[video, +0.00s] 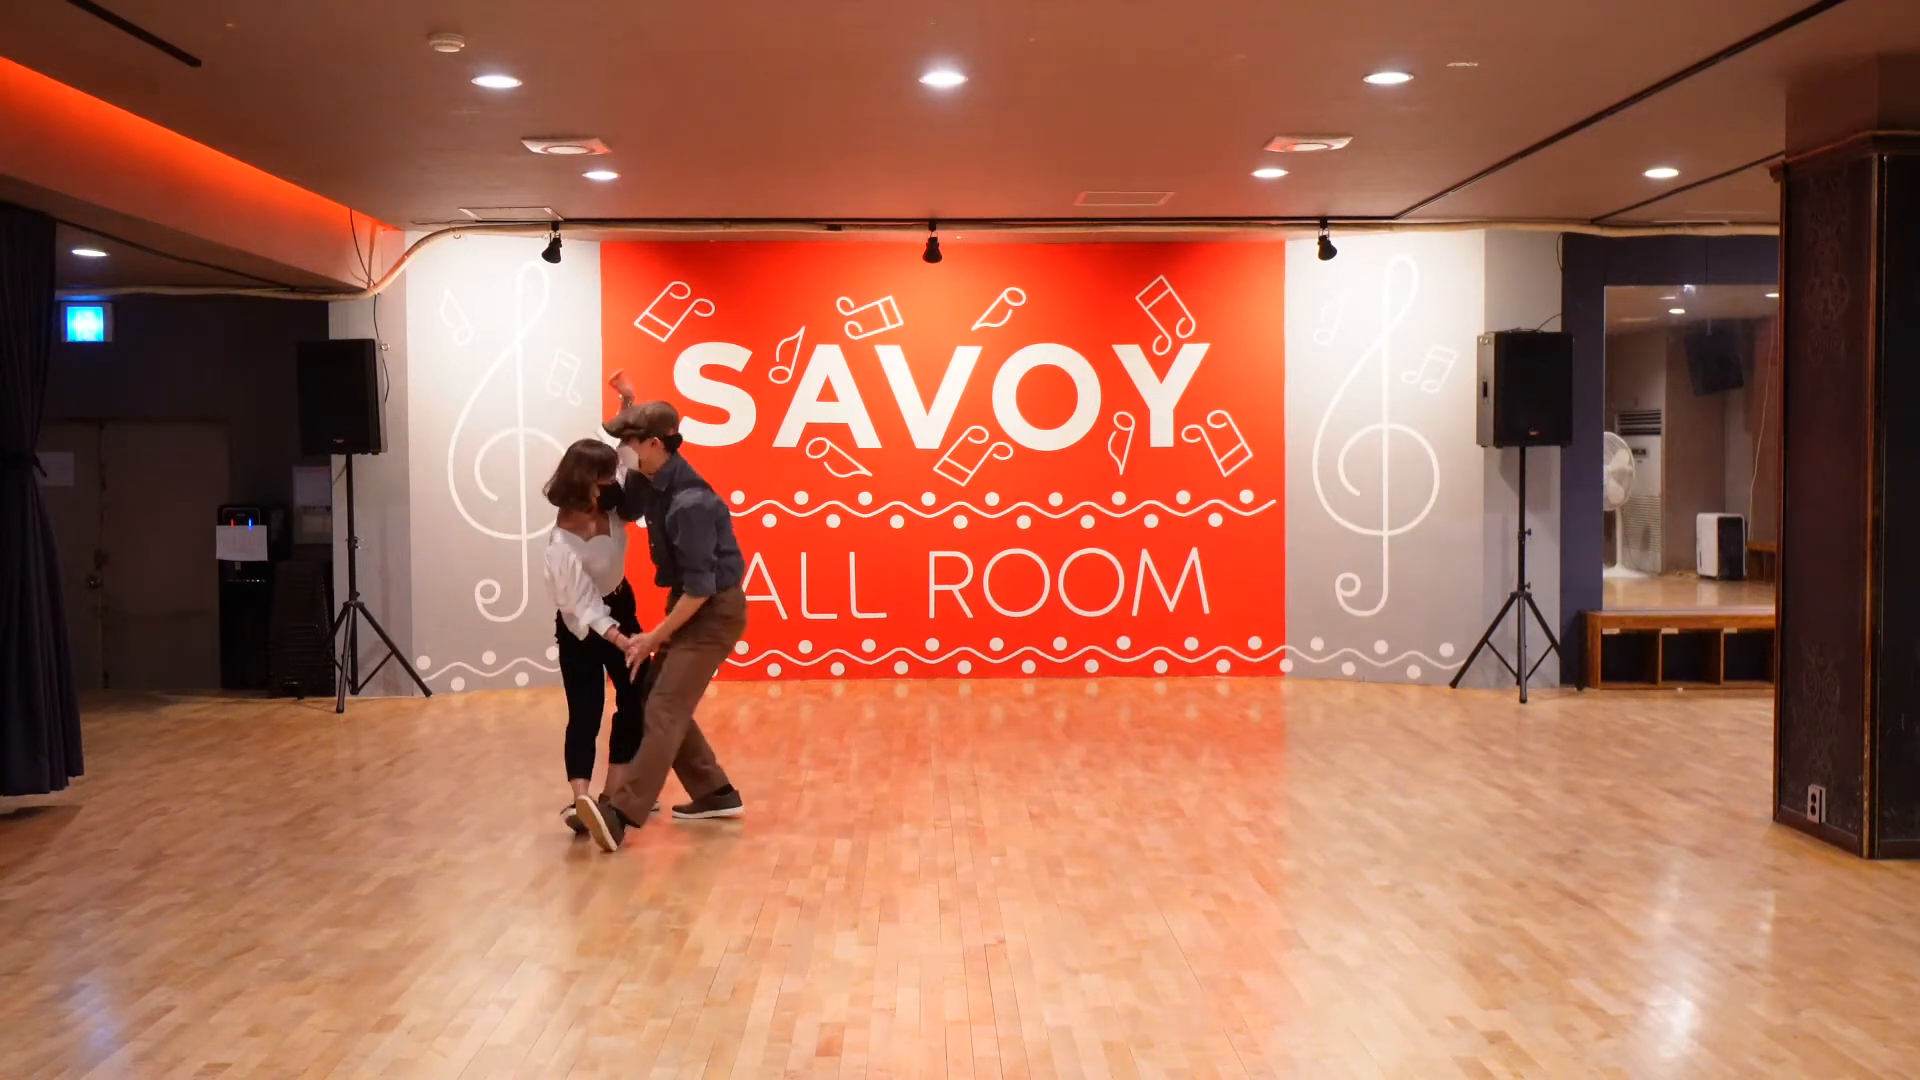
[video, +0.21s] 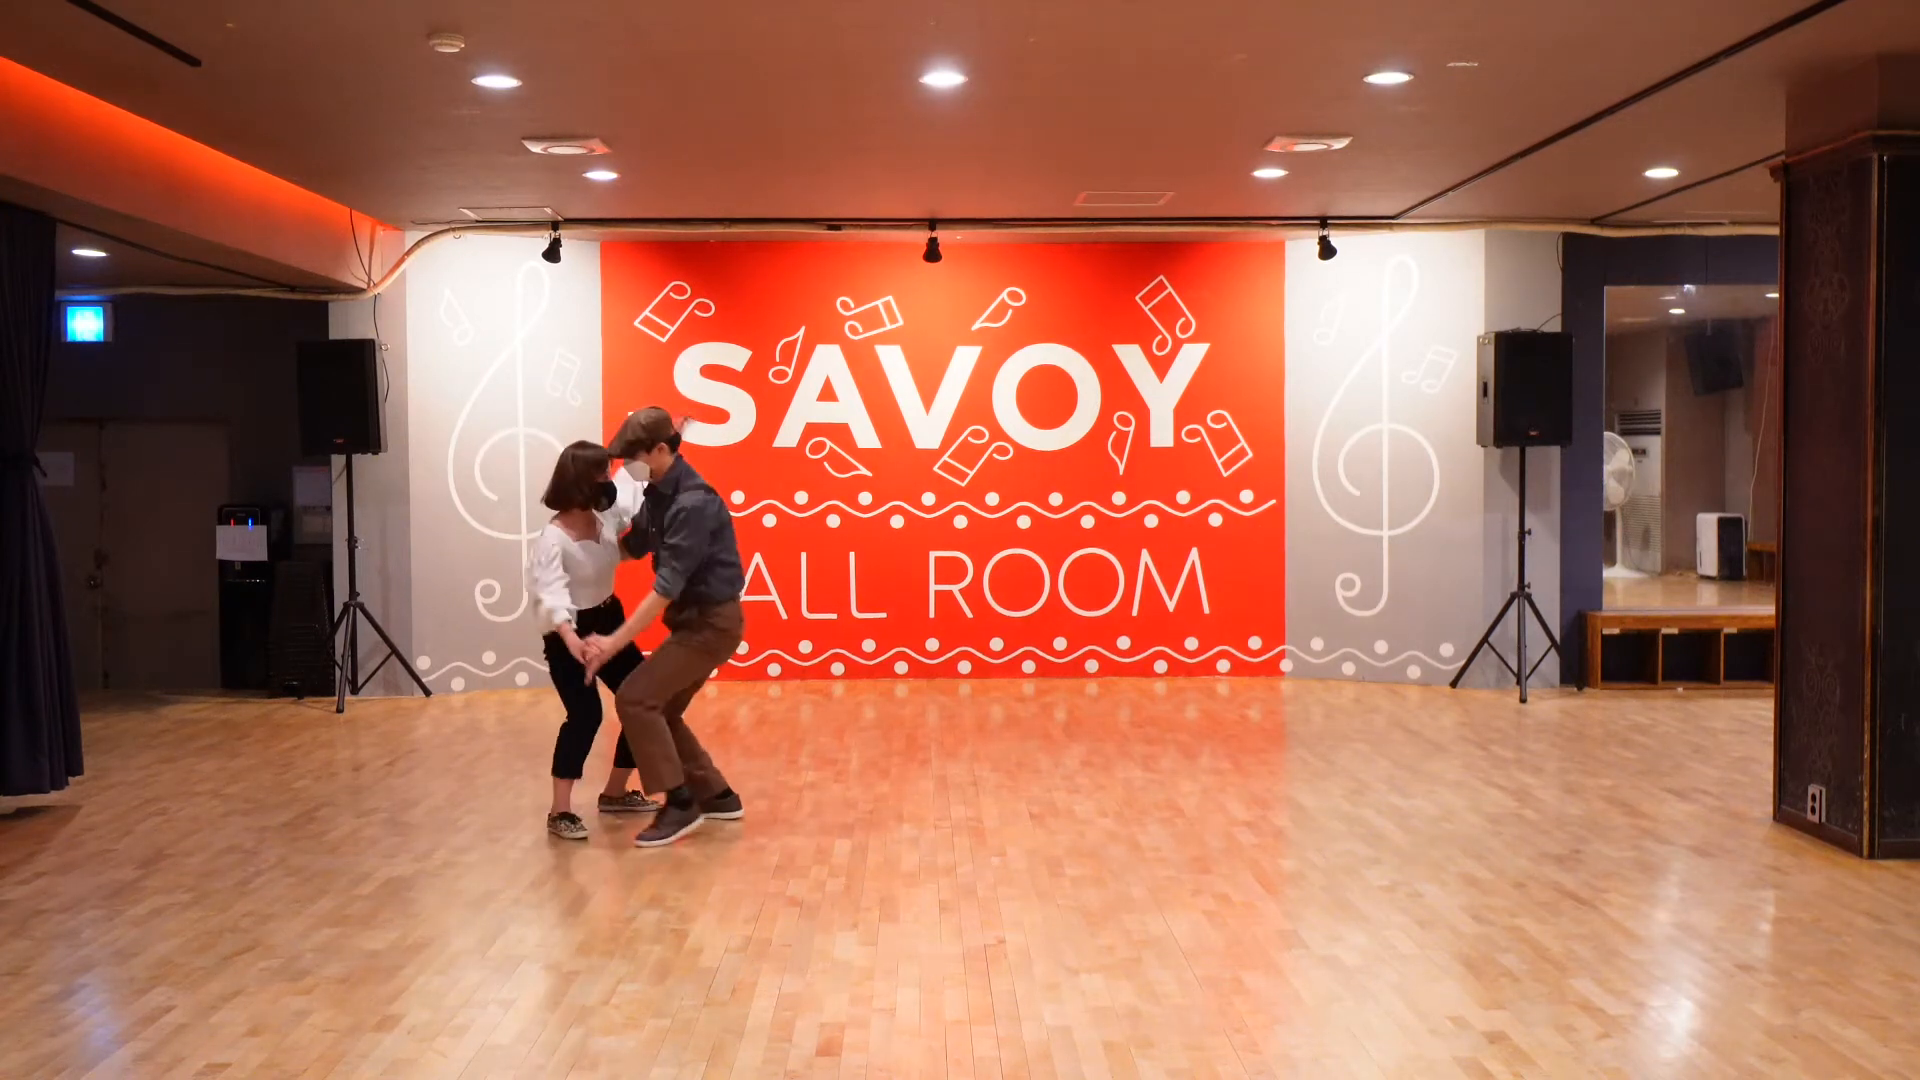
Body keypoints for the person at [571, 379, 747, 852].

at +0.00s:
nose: (629, 453)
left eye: (634, 443)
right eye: (628, 445)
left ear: (657, 444)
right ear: (655, 443)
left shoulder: (689, 502)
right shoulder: (651, 480)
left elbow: (699, 591)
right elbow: (622, 509)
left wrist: (655, 637)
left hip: (716, 610)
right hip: (689, 606)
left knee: (667, 704)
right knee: (659, 699)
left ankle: (620, 812)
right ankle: (716, 793)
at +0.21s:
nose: (629, 467)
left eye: (633, 458)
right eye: (627, 459)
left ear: (659, 451)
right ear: (657, 452)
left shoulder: (693, 502)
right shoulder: (661, 493)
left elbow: (666, 589)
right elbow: (633, 545)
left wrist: (614, 641)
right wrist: (580, 552)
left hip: (713, 624)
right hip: (693, 622)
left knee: (636, 697)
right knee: (662, 713)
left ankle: (679, 802)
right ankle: (716, 795)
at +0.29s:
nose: (630, 468)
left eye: (634, 459)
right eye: (627, 460)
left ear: (660, 447)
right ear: (658, 449)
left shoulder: (690, 492)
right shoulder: (662, 491)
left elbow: (653, 568)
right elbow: (628, 550)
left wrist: (589, 614)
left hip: (709, 622)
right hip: (690, 619)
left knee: (638, 712)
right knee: (659, 715)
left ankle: (686, 811)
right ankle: (716, 795)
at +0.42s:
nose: (630, 460)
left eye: (630, 450)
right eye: (625, 453)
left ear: (652, 437)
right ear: (657, 436)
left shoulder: (677, 465)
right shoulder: (668, 463)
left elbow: (633, 518)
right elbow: (638, 522)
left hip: (706, 600)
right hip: (690, 595)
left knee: (644, 707)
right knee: (639, 694)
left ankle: (685, 810)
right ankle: (688, 784)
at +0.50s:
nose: (626, 459)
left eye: (626, 448)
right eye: (621, 452)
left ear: (647, 432)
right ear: (650, 433)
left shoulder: (671, 453)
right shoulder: (662, 468)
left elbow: (630, 488)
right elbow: (624, 545)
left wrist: (557, 473)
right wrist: (593, 519)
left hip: (710, 589)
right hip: (694, 588)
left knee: (649, 700)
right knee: (630, 682)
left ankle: (693, 810)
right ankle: (640, 786)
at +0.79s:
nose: (627, 457)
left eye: (629, 446)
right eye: (623, 450)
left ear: (652, 435)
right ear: (648, 439)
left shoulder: (686, 473)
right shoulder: (656, 481)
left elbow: (658, 531)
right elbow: (619, 547)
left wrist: (609, 482)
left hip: (703, 613)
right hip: (680, 609)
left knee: (638, 714)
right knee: (618, 693)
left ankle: (688, 818)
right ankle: (646, 793)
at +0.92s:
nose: (629, 462)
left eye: (632, 451)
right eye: (624, 453)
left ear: (655, 441)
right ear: (643, 448)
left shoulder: (699, 491)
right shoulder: (652, 491)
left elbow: (695, 570)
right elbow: (630, 544)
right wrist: (587, 517)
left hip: (701, 618)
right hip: (672, 614)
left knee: (635, 718)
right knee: (647, 713)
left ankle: (685, 820)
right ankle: (715, 791)